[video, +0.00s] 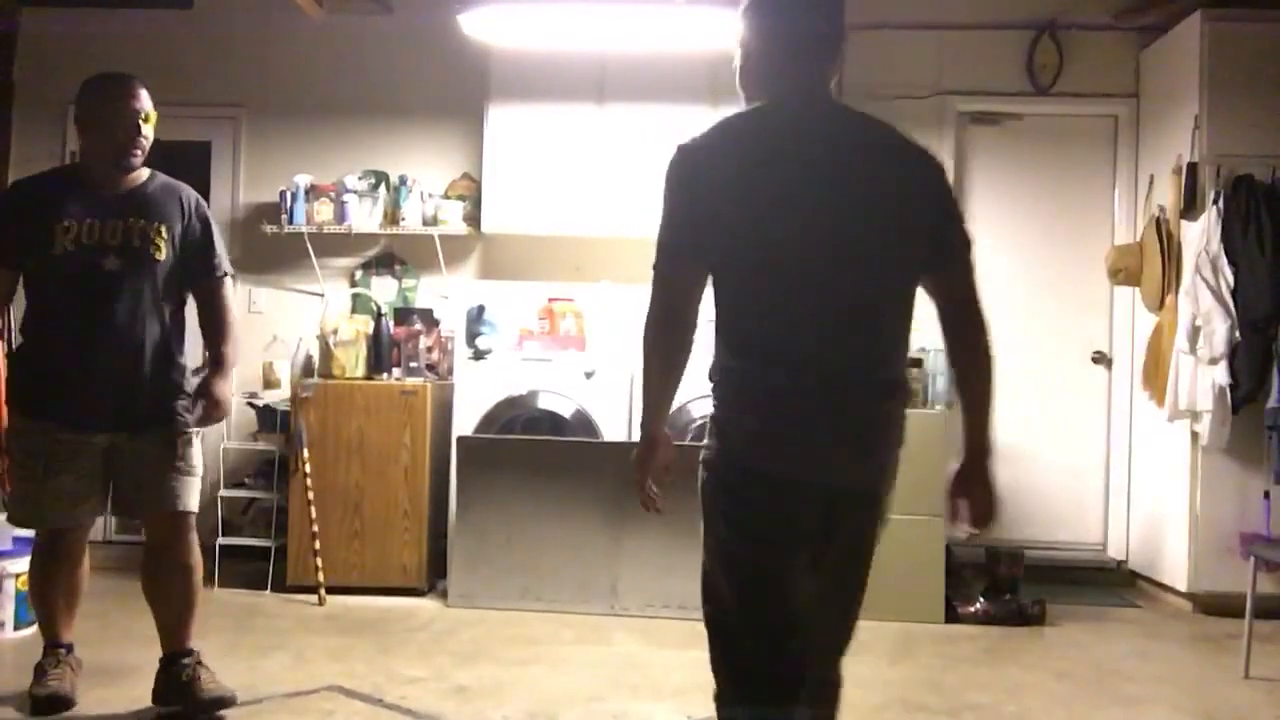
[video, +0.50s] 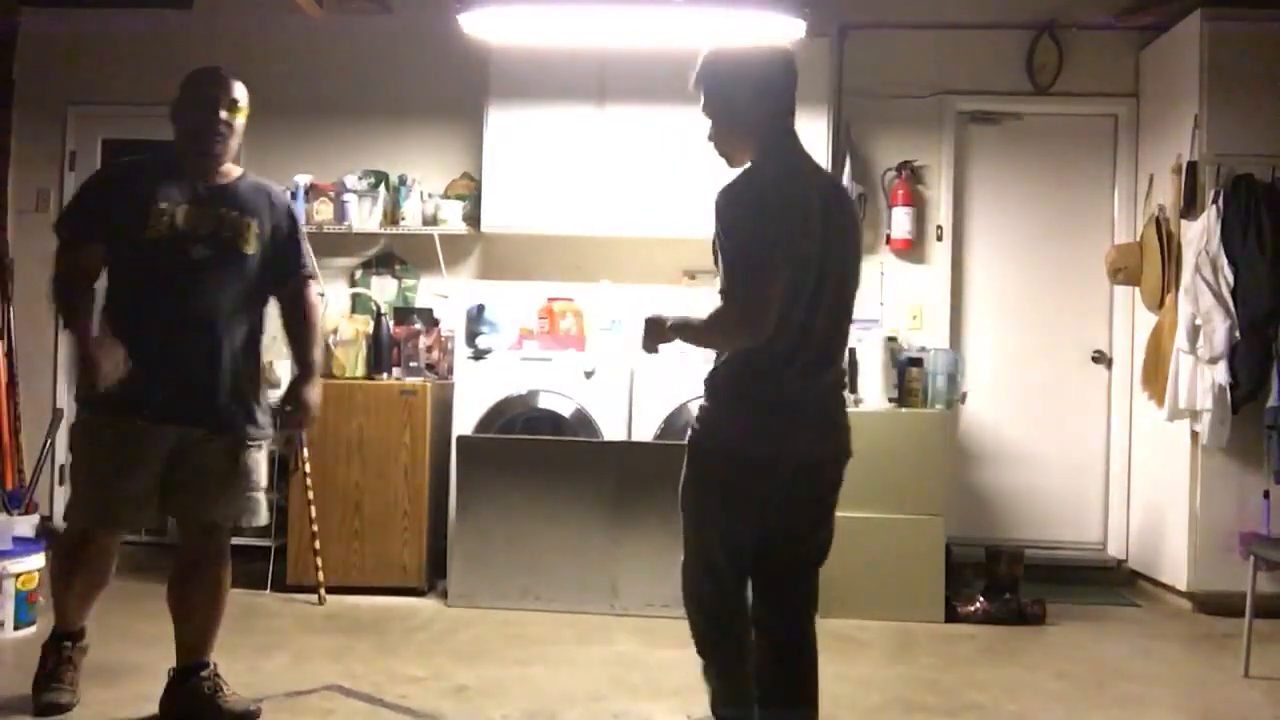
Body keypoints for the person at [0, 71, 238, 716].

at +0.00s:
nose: (142, 133)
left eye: (148, 121)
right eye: (126, 120)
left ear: (156, 128)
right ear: (83, 125)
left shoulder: (184, 206)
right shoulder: (27, 202)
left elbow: (214, 295)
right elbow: (1, 301)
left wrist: (222, 369)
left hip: (160, 400)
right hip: (57, 400)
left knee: (176, 525)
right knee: (61, 534)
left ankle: (180, 662)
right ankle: (57, 656)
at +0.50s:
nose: (220, 119)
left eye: (232, 111)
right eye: (207, 107)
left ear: (246, 124)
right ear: (178, 114)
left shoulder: (270, 207)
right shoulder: (126, 181)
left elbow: (302, 294)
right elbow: (75, 266)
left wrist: (311, 375)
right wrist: (88, 344)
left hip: (226, 407)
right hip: (127, 394)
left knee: (210, 543)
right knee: (91, 529)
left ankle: (193, 679)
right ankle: (66, 645)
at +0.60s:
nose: (242, 119)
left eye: (253, 110)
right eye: (229, 107)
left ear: (265, 123)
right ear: (198, 113)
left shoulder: (287, 208)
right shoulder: (145, 179)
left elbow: (316, 289)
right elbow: (94, 249)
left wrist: (333, 365)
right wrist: (136, 284)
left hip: (240, 408)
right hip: (141, 397)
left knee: (215, 543)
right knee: (104, 531)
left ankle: (193, 679)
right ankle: (75, 643)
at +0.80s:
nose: (270, 123)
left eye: (281, 114)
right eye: (258, 110)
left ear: (294, 128)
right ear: (226, 116)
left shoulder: (308, 211)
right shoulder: (183, 181)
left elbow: (335, 294)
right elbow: (142, 252)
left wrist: (356, 330)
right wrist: (232, 238)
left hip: (266, 401)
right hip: (174, 392)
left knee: (225, 539)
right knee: (154, 539)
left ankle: (194, 680)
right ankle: (120, 680)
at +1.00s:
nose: (306, 129)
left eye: (315, 120)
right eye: (294, 115)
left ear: (322, 131)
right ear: (259, 114)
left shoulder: (314, 210)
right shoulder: (220, 175)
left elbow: (308, 299)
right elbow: (191, 257)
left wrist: (346, 306)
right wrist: (298, 275)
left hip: (281, 397)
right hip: (208, 388)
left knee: (239, 540)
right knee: (221, 538)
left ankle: (193, 682)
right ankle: (206, 689)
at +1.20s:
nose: (355, 142)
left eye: (358, 130)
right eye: (348, 127)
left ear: (307, 124)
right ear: (304, 119)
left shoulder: (302, 198)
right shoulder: (261, 180)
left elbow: (305, 289)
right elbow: (250, 276)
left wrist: (362, 271)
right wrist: (349, 328)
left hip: (279, 404)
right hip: (247, 403)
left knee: (236, 545)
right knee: (275, 548)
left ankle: (193, 681)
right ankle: (298, 699)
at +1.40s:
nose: (402, 143)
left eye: (406, 130)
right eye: (396, 126)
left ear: (346, 119)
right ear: (354, 115)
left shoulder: (313, 175)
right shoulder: (322, 180)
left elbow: (313, 267)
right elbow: (319, 286)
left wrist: (378, 275)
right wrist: (411, 320)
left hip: (266, 391)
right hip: (301, 399)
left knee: (261, 534)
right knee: (319, 550)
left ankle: (200, 669)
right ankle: (317, 705)